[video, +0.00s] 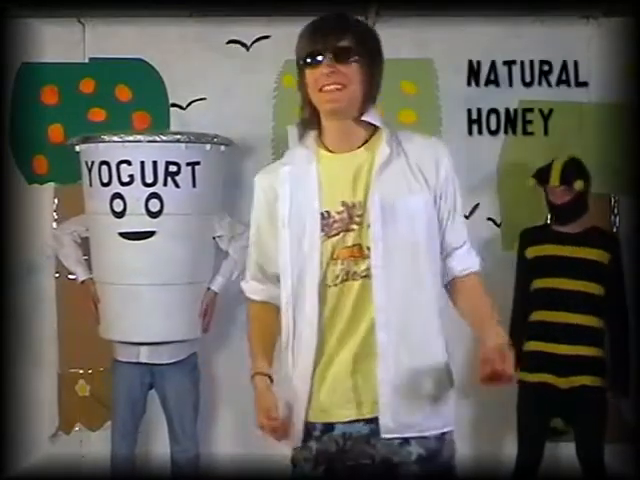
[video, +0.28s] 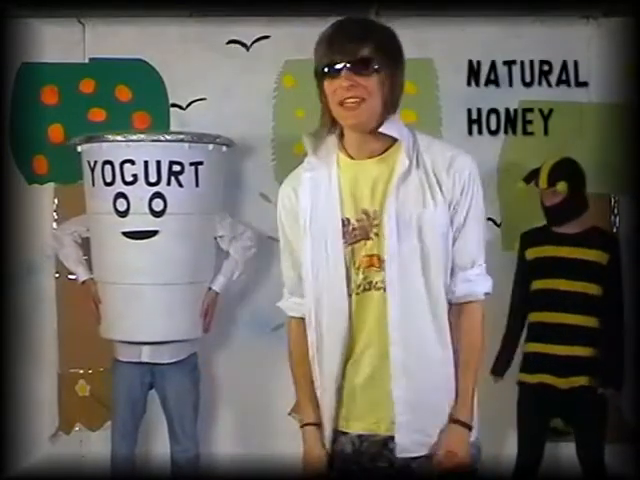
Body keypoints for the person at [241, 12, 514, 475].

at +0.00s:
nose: (330, 69)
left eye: (345, 56)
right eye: (316, 59)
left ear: (372, 72)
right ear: (301, 80)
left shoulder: (427, 160)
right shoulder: (275, 182)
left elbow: (459, 267)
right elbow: (263, 292)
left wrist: (491, 332)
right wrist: (261, 376)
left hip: (414, 419)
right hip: (320, 423)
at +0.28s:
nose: (346, 83)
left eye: (364, 67)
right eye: (333, 70)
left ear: (393, 79)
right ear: (322, 86)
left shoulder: (451, 171)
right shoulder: (299, 189)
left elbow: (468, 301)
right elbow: (299, 314)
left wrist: (461, 421)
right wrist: (309, 425)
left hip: (429, 432)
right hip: (340, 433)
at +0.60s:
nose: (348, 87)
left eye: (365, 71)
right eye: (335, 73)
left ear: (398, 79)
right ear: (325, 85)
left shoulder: (455, 173)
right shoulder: (301, 186)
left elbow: (475, 302)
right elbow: (301, 310)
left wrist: (482, 426)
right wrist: (312, 426)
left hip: (431, 436)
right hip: (340, 433)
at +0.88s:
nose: (325, 85)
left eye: (343, 71)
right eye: (314, 73)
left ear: (373, 83)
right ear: (303, 87)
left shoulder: (430, 175)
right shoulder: (280, 188)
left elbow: (455, 299)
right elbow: (280, 310)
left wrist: (453, 412)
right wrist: (289, 414)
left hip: (406, 431)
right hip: (319, 428)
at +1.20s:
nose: (290, 112)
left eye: (305, 99)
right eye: (277, 101)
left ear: (330, 110)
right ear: (263, 114)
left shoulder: (377, 193)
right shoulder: (238, 210)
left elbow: (405, 309)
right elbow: (238, 323)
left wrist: (421, 415)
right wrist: (254, 425)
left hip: (364, 420)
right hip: (283, 425)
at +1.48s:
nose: (313, 195)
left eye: (322, 179)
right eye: (297, 183)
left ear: (333, 175)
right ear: (265, 184)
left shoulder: (376, 238)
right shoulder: (239, 258)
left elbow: (417, 349)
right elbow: (240, 376)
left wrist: (418, 456)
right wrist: (264, 461)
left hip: (367, 450)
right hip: (287, 450)